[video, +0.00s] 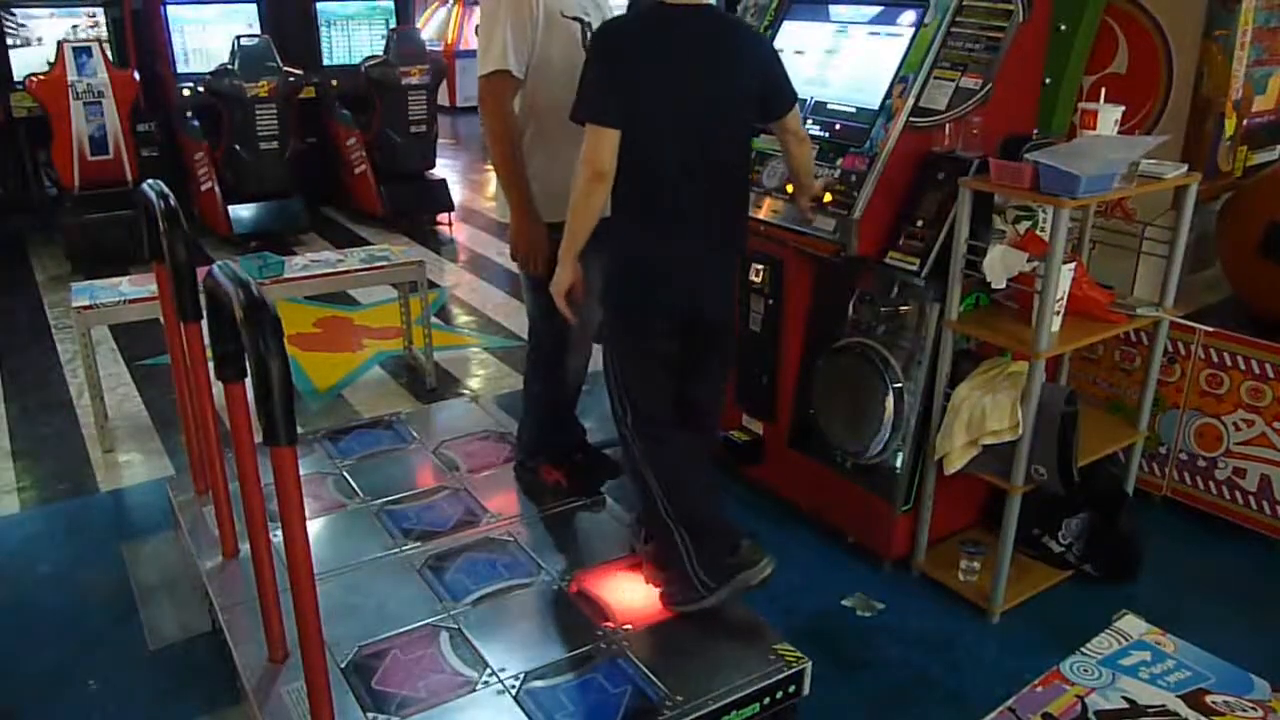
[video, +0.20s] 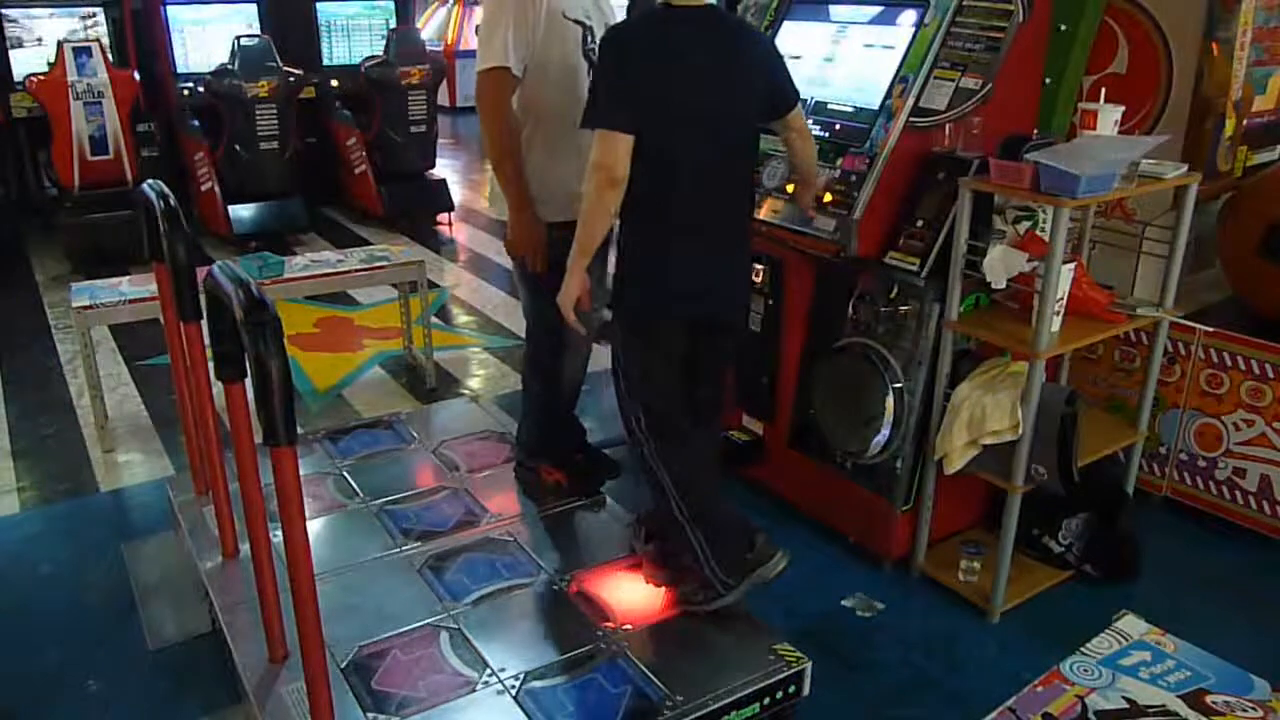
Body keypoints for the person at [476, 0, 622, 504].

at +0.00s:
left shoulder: (614, 8)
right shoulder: (518, 2)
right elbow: (495, 104)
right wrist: (523, 215)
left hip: (598, 201)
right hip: (546, 208)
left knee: (578, 336)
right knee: (554, 339)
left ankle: (566, 441)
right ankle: (537, 456)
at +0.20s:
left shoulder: (609, 7)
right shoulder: (516, 3)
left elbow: (613, 100)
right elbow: (492, 102)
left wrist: (613, 197)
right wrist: (520, 211)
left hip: (591, 205)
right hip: (543, 209)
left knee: (576, 336)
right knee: (552, 339)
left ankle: (565, 442)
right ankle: (537, 457)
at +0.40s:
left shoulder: (613, 9)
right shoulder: (525, 2)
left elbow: (610, 102)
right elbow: (491, 92)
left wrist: (616, 189)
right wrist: (516, 198)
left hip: (580, 199)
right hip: (532, 202)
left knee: (566, 332)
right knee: (539, 334)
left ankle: (561, 438)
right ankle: (527, 451)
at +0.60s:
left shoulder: (611, 10)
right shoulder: (524, 1)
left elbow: (608, 109)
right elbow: (487, 88)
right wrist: (506, 198)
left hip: (582, 204)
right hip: (525, 203)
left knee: (565, 336)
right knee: (520, 333)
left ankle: (556, 443)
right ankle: (471, 441)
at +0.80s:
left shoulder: (610, 10)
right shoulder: (520, 1)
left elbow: (609, 109)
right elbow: (486, 89)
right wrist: (504, 198)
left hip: (585, 205)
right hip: (524, 203)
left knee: (565, 339)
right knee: (508, 336)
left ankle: (557, 446)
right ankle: (447, 440)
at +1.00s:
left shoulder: (609, 11)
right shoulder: (516, 1)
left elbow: (607, 103)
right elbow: (482, 84)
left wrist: (662, 149)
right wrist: (506, 193)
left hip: (586, 204)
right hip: (523, 202)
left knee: (566, 338)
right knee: (506, 337)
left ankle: (556, 445)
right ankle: (451, 445)